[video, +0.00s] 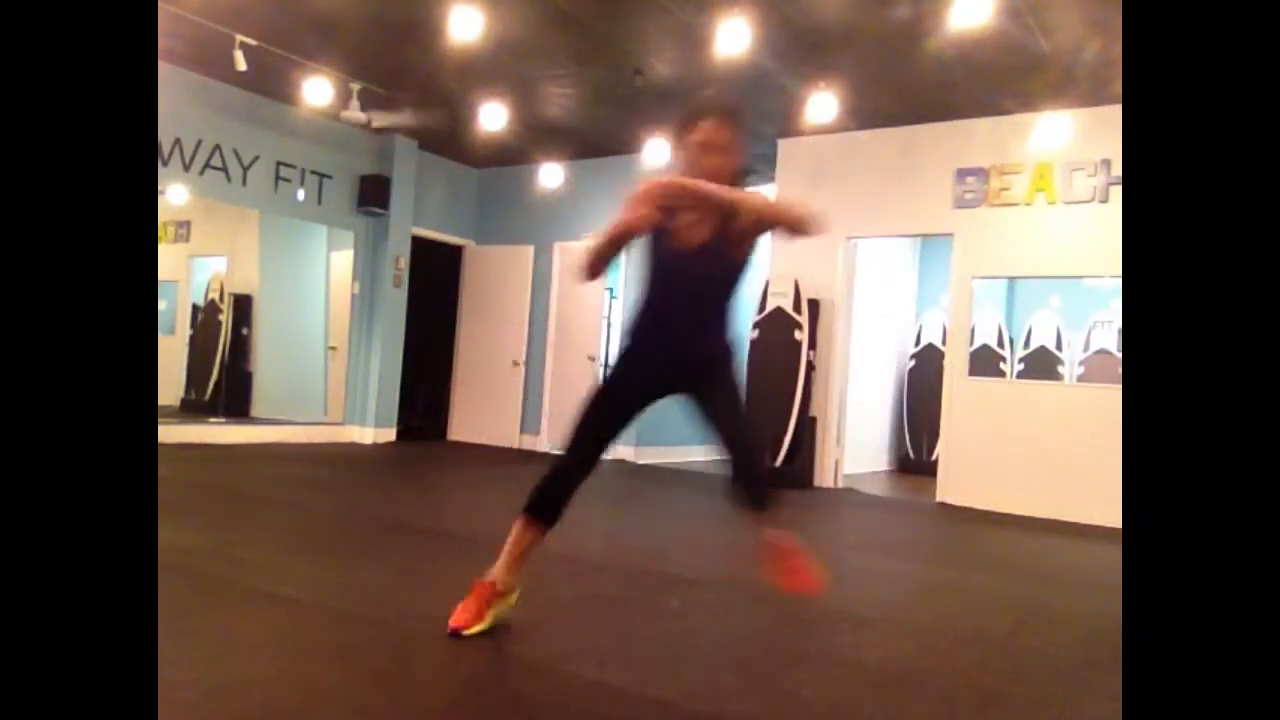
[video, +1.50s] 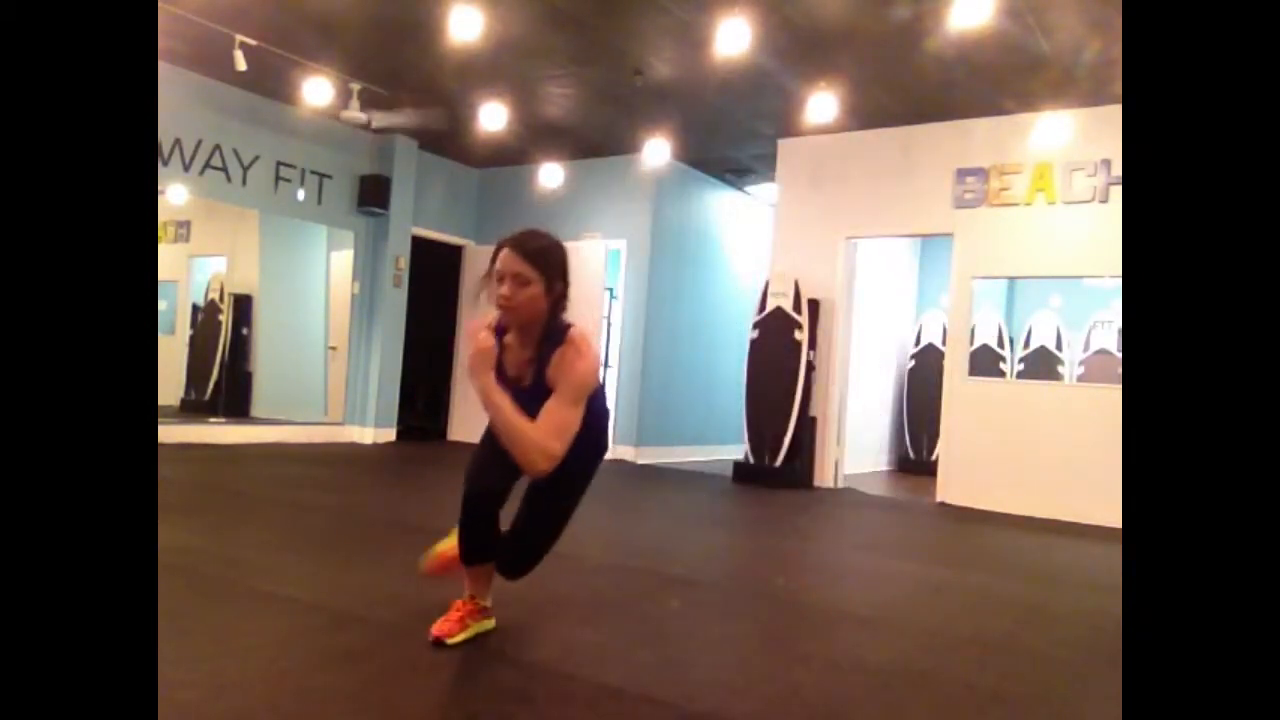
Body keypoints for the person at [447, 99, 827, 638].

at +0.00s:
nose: (709, 158)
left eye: (721, 149)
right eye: (700, 147)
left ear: (739, 158)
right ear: (682, 151)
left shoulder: (746, 212)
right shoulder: (660, 200)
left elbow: (803, 222)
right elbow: (591, 266)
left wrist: (732, 203)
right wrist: (633, 223)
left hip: (707, 362)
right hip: (646, 355)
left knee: (748, 457)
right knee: (576, 460)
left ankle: (774, 540)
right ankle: (500, 579)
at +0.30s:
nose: (886, 235)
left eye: (897, 224)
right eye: (874, 224)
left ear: (910, 227)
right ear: (850, 225)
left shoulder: (932, 281)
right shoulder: (823, 284)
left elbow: (990, 343)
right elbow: (830, 364)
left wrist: (1018, 426)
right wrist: (866, 304)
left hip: (890, 417)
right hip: (824, 416)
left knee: (935, 524)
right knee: (769, 529)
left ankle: (965, 652)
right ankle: (780, 482)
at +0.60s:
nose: (936, 290)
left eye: (949, 277)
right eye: (922, 278)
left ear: (968, 284)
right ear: (902, 283)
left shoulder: (972, 336)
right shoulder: (867, 342)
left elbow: (957, 378)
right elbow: (870, 451)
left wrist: (961, 395)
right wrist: (940, 403)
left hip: (941, 440)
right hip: (879, 457)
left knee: (944, 552)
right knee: (920, 568)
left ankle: (966, 656)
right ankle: (997, 544)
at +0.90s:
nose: (789, 175)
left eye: (801, 163)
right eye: (780, 163)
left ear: (833, 170)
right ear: (773, 172)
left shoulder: (858, 226)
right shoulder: (759, 236)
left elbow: (939, 248)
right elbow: (695, 271)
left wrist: (842, 193)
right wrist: (652, 321)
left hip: (842, 388)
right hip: (773, 385)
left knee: (906, 507)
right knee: (704, 455)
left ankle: (964, 647)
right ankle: (685, 554)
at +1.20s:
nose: (588, 210)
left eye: (601, 198)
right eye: (580, 199)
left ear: (629, 202)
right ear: (573, 204)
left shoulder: (656, 265)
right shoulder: (569, 251)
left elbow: (658, 331)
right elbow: (553, 289)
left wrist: (594, 270)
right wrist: (532, 326)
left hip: (641, 395)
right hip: (581, 385)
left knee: (677, 518)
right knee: (517, 479)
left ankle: (726, 521)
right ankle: (480, 599)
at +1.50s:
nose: (505, 292)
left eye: (520, 282)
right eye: (500, 279)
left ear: (554, 291)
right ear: (491, 282)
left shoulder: (577, 355)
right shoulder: (490, 334)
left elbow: (540, 458)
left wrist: (485, 381)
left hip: (576, 437)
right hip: (518, 416)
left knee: (515, 562)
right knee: (480, 495)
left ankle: (472, 543)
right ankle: (477, 603)